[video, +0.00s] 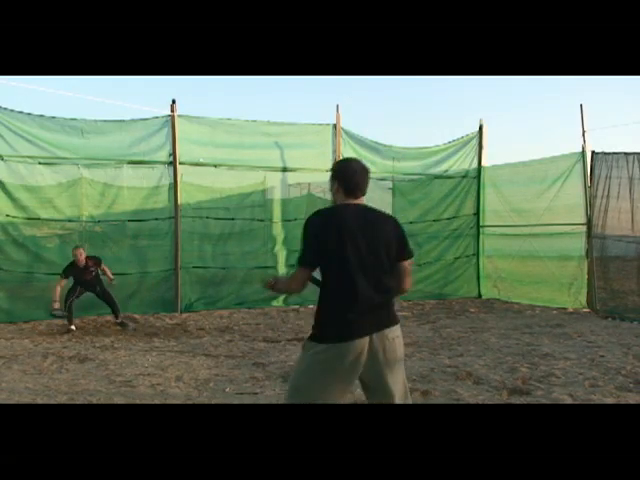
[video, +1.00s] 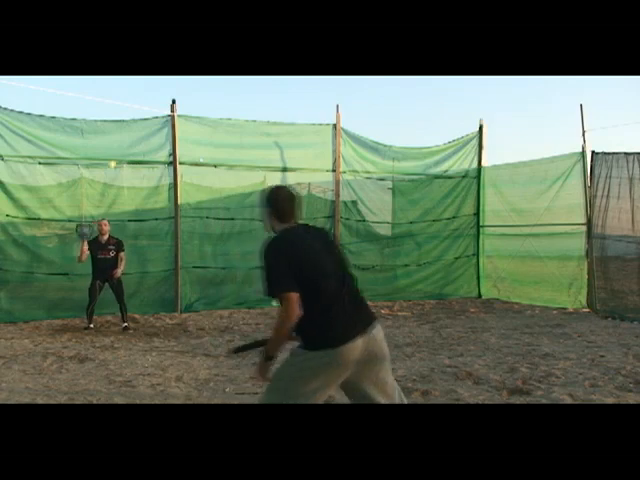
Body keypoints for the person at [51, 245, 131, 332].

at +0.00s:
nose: (79, 258)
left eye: (81, 255)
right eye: (77, 255)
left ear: (85, 254)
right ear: (74, 257)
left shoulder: (93, 261)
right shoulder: (70, 268)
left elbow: (103, 268)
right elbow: (59, 285)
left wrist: (110, 277)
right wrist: (56, 302)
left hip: (95, 284)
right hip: (80, 285)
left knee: (111, 301)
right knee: (68, 301)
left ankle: (118, 319)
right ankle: (71, 325)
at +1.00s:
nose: (103, 228)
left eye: (105, 225)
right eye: (100, 225)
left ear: (109, 227)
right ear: (97, 228)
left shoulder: (117, 242)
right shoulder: (91, 243)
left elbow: (122, 258)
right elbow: (81, 259)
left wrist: (120, 269)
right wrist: (84, 243)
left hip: (113, 274)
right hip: (98, 275)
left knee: (121, 299)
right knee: (92, 299)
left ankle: (125, 322)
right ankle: (89, 323)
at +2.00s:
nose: (96, 229)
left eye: (98, 227)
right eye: (94, 227)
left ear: (101, 229)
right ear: (90, 229)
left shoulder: (107, 245)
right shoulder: (81, 244)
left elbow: (110, 261)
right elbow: (74, 261)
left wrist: (107, 271)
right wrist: (83, 269)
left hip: (101, 274)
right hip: (87, 274)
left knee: (112, 297)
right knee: (79, 299)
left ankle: (121, 322)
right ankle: (76, 323)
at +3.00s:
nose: (106, 243)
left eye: (108, 241)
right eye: (104, 240)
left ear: (110, 242)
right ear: (99, 241)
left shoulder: (113, 255)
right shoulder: (89, 254)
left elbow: (115, 269)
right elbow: (80, 271)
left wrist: (113, 282)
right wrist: (84, 282)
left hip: (106, 283)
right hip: (90, 283)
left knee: (120, 297)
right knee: (78, 299)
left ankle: (119, 321)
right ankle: (75, 323)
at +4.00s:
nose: (126, 231)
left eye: (128, 229)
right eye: (124, 228)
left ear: (130, 231)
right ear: (120, 230)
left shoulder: (129, 246)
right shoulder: (111, 240)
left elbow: (127, 262)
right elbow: (109, 242)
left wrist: (132, 274)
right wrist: (122, 239)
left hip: (117, 274)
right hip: (103, 272)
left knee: (123, 298)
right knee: (93, 296)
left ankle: (125, 322)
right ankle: (86, 320)